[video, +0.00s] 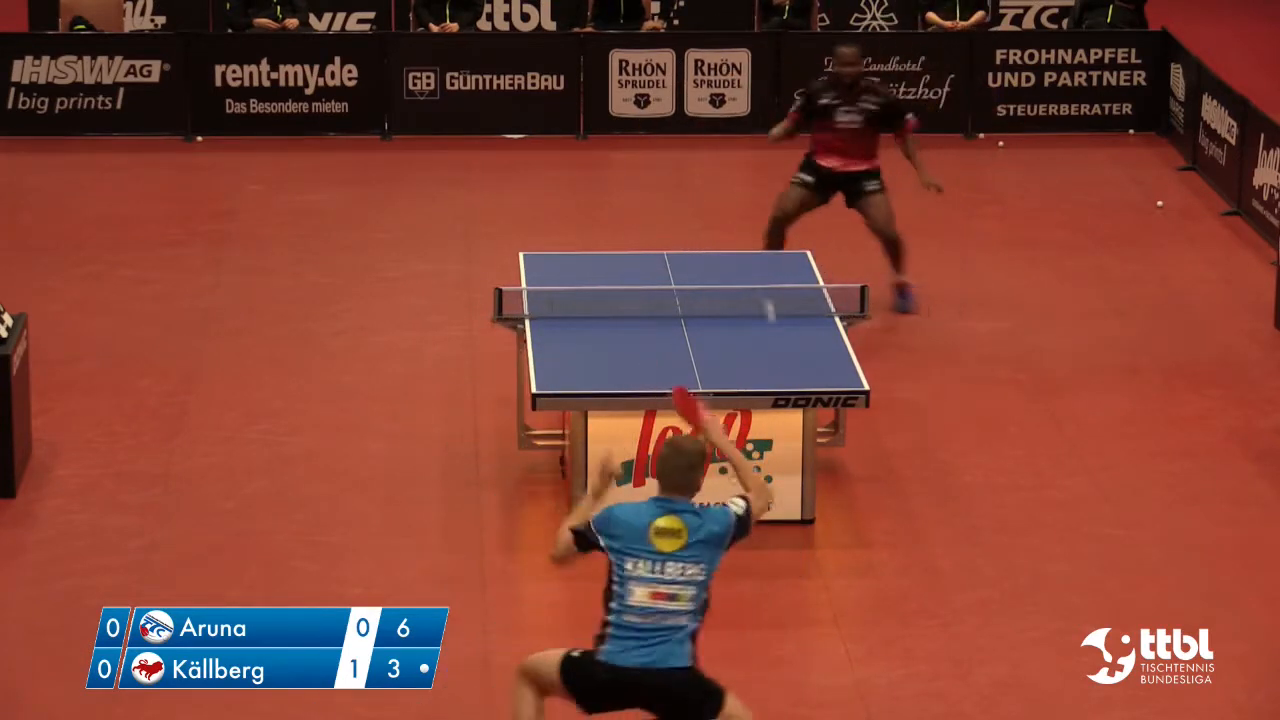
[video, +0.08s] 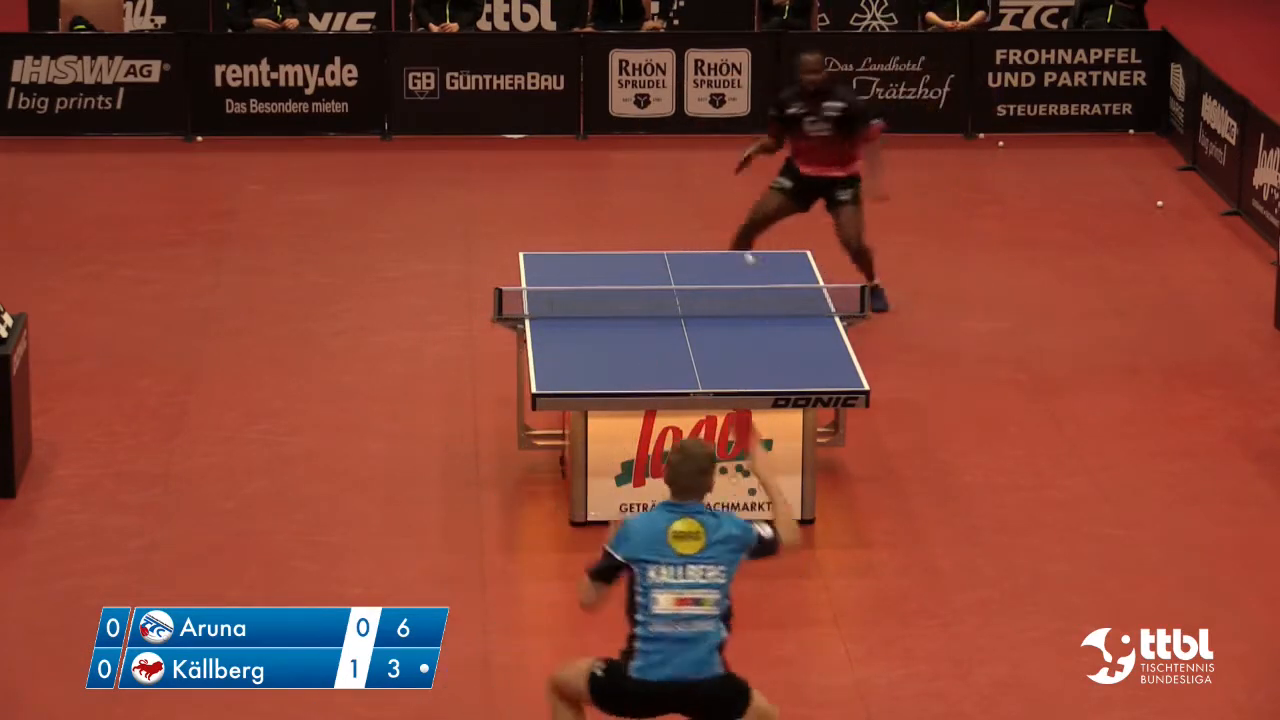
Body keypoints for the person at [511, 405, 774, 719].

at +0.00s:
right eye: (704, 469)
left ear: (655, 472)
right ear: (700, 478)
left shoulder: (619, 517)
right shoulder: (715, 525)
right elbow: (762, 497)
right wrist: (724, 442)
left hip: (610, 674)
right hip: (675, 680)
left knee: (529, 675)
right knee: (741, 715)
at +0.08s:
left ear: (665, 477)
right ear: (712, 482)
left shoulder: (636, 529)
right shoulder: (731, 530)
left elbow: (588, 598)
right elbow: (787, 536)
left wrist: (613, 542)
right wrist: (766, 474)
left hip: (641, 685)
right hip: (707, 686)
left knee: (561, 686)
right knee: (767, 714)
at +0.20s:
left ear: (689, 512)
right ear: (733, 511)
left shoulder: (668, 563)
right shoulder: (759, 560)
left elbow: (649, 651)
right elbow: (821, 597)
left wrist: (642, 614)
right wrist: (809, 536)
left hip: (692, 700)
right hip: (756, 699)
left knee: (602, 701)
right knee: (805, 715)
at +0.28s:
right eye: (743, 511)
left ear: (700, 521)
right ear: (745, 519)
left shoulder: (679, 575)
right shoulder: (771, 572)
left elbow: (659, 658)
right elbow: (835, 614)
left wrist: (647, 641)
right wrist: (825, 560)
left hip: (708, 705)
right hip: (771, 705)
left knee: (621, 704)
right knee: (821, 714)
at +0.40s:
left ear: (706, 508)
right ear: (751, 508)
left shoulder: (682, 557)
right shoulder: (777, 559)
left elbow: (636, 625)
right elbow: (838, 609)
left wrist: (627, 602)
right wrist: (834, 564)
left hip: (708, 691)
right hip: (774, 692)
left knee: (624, 702)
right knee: (831, 713)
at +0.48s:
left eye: (713, 471)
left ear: (713, 482)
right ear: (757, 486)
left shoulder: (683, 531)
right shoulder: (781, 538)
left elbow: (633, 594)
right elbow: (840, 596)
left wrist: (633, 570)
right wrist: (837, 560)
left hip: (705, 669)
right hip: (771, 671)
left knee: (619, 701)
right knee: (839, 712)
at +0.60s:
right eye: (768, 457)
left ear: (721, 464)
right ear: (767, 465)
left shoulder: (691, 509)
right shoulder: (791, 523)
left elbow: (646, 575)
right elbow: (839, 589)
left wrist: (656, 571)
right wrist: (822, 571)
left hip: (699, 651)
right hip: (766, 654)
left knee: (620, 707)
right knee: (832, 703)